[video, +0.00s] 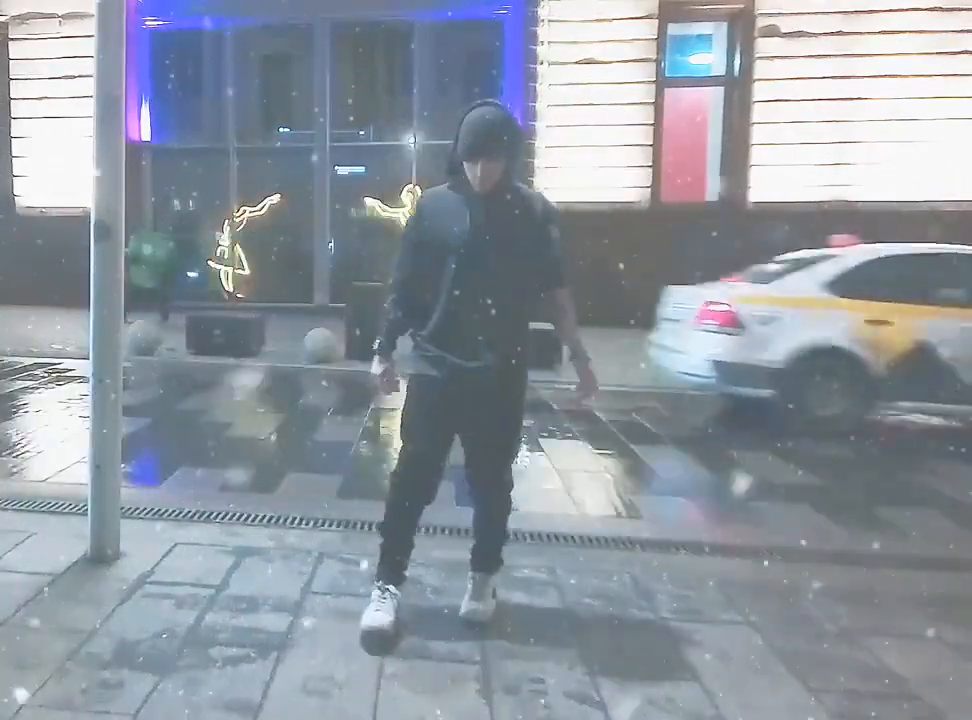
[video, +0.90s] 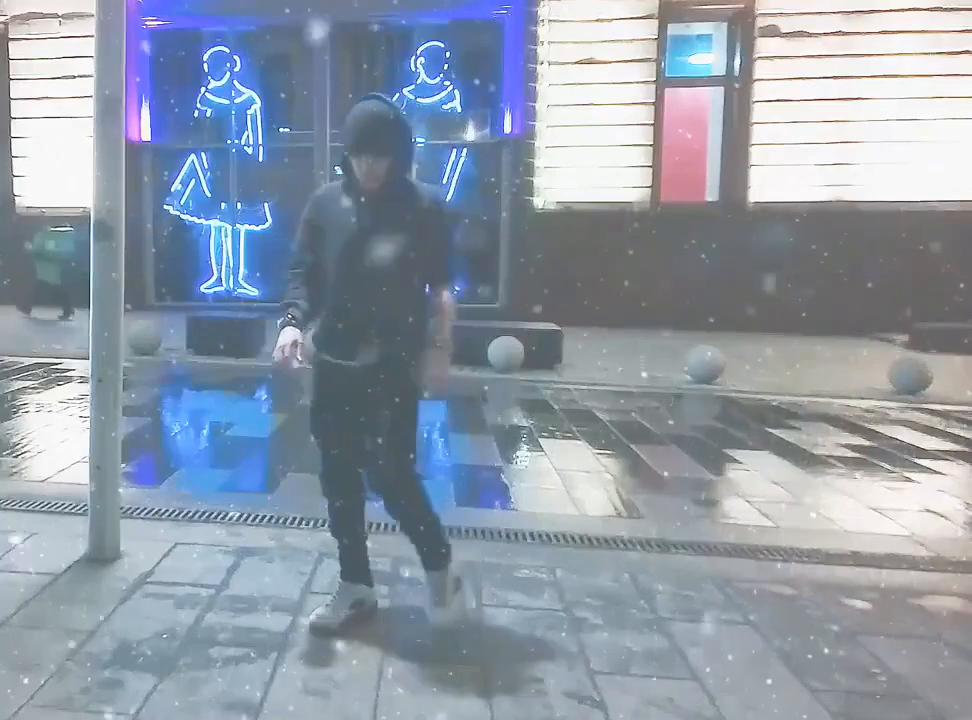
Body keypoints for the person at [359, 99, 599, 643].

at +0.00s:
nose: (481, 170)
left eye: (492, 158)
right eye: (472, 158)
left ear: (512, 158)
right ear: (460, 157)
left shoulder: (535, 215)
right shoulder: (434, 207)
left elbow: (557, 291)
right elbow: (404, 285)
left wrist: (578, 355)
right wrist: (385, 347)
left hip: (499, 374)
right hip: (433, 366)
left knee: (491, 481)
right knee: (412, 477)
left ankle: (483, 578)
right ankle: (386, 587)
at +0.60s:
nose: (424, 167)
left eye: (435, 157)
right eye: (416, 155)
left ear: (451, 157)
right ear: (400, 151)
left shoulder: (468, 213)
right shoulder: (368, 201)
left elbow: (492, 291)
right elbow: (338, 269)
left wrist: (528, 321)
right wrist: (323, 315)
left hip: (432, 369)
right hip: (370, 367)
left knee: (432, 474)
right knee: (359, 483)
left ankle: (472, 573)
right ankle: (358, 589)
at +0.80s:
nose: (385, 168)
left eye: (396, 157)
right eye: (377, 156)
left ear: (414, 156)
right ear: (364, 153)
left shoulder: (431, 208)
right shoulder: (337, 205)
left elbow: (458, 282)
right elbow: (314, 280)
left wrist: (471, 346)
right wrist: (300, 330)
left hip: (404, 360)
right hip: (344, 359)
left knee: (400, 469)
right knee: (345, 476)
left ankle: (456, 562)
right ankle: (355, 587)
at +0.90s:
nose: (370, 167)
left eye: (380, 156)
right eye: (362, 155)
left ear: (398, 156)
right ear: (348, 154)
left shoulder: (423, 208)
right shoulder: (325, 203)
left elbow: (441, 285)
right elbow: (301, 273)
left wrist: (441, 348)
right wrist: (292, 324)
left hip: (396, 359)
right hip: (334, 358)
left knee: (390, 474)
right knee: (340, 478)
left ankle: (439, 566)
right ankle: (355, 586)